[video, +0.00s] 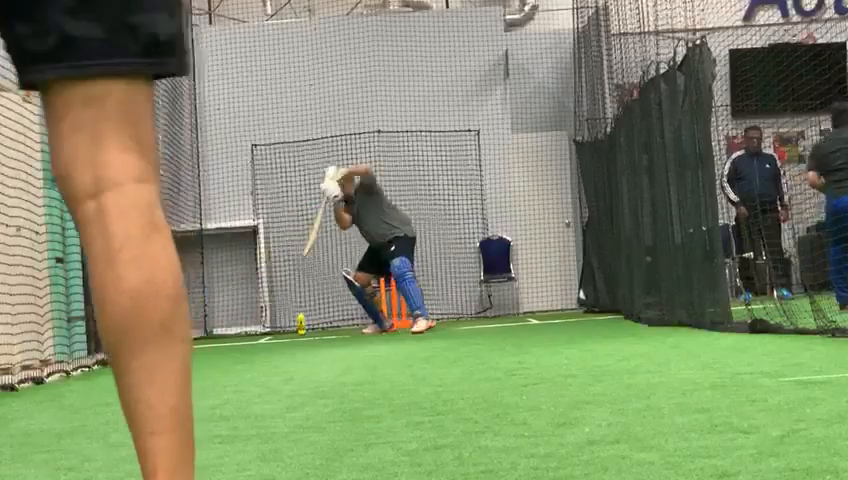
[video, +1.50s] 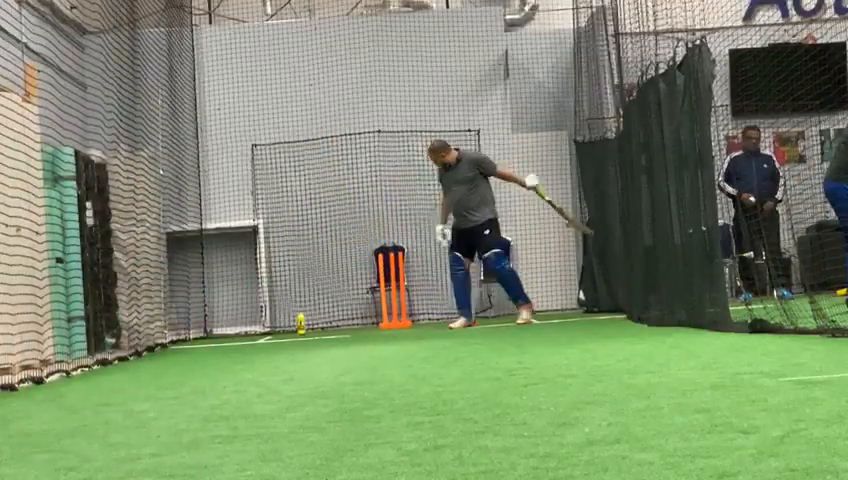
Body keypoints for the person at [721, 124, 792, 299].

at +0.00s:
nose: (755, 142)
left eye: (758, 139)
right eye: (751, 139)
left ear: (762, 140)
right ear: (744, 141)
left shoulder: (771, 159)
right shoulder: (735, 159)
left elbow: (779, 183)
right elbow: (724, 183)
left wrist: (783, 205)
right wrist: (737, 204)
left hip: (770, 209)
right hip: (747, 210)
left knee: (775, 248)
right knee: (747, 251)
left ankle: (781, 286)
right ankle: (748, 289)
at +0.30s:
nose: (755, 143)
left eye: (757, 140)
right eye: (751, 140)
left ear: (761, 141)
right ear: (744, 141)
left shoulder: (770, 159)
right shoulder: (735, 160)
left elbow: (781, 181)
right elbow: (724, 183)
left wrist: (780, 202)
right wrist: (740, 200)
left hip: (769, 210)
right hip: (746, 211)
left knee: (775, 248)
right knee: (746, 251)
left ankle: (781, 285)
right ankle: (749, 289)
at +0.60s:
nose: (755, 142)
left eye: (757, 139)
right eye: (751, 139)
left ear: (761, 140)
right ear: (743, 140)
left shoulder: (770, 159)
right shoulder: (734, 159)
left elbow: (781, 179)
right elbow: (723, 181)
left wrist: (772, 192)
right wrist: (742, 195)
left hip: (768, 209)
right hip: (745, 211)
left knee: (773, 246)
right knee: (746, 250)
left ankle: (781, 286)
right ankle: (748, 289)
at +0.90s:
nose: (754, 142)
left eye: (757, 139)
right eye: (750, 139)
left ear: (761, 140)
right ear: (743, 141)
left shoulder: (769, 159)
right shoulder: (734, 159)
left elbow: (782, 179)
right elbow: (722, 182)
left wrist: (771, 192)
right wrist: (741, 195)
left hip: (768, 211)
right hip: (745, 212)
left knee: (774, 247)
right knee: (747, 251)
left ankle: (780, 286)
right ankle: (750, 290)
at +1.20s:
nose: (754, 142)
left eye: (757, 139)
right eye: (750, 139)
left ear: (760, 141)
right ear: (743, 140)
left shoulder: (769, 159)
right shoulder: (733, 159)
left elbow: (781, 180)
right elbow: (721, 182)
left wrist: (772, 195)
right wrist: (740, 195)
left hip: (767, 210)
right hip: (744, 212)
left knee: (773, 247)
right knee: (745, 251)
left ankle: (779, 286)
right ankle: (749, 290)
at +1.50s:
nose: (754, 142)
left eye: (757, 139)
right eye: (750, 139)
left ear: (760, 140)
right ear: (742, 140)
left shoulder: (769, 158)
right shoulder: (733, 159)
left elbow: (780, 181)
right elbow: (721, 182)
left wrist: (774, 200)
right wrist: (739, 195)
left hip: (767, 209)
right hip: (744, 210)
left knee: (773, 247)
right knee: (746, 250)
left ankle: (778, 285)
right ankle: (749, 289)